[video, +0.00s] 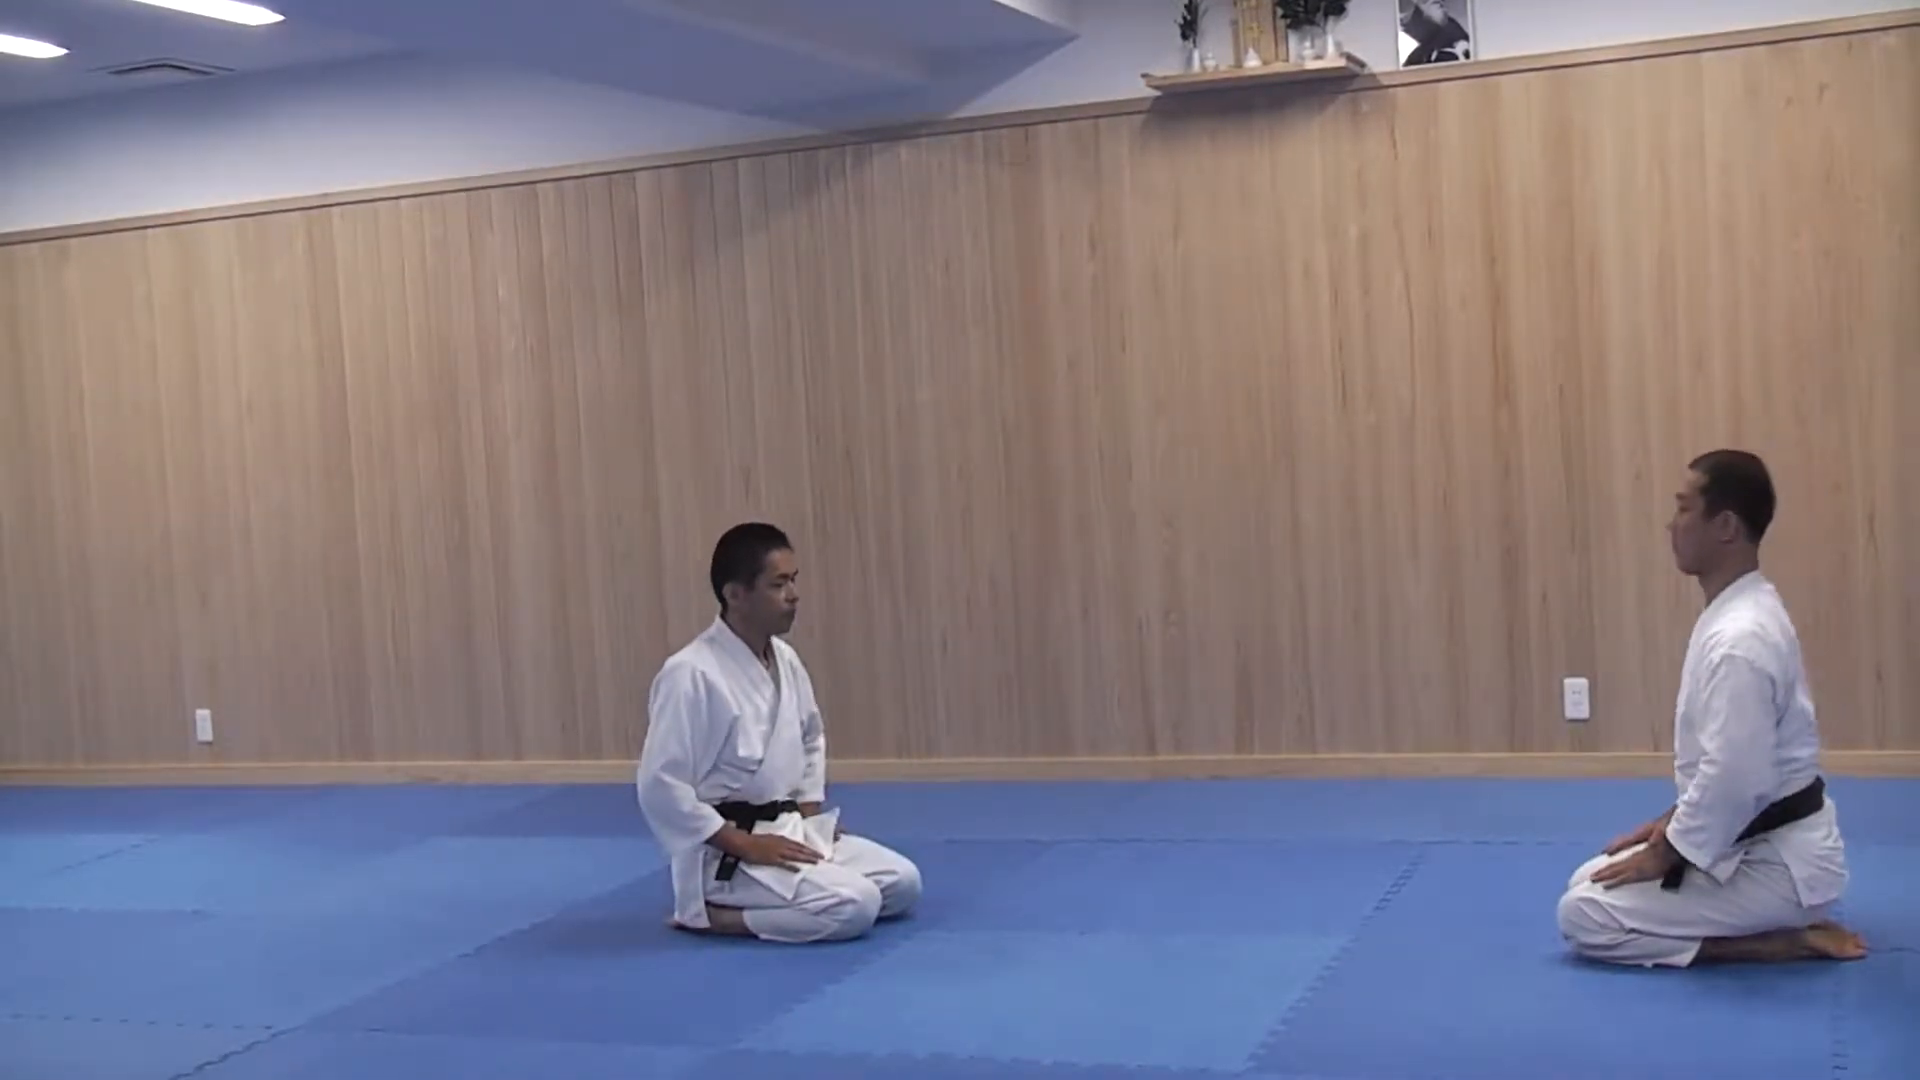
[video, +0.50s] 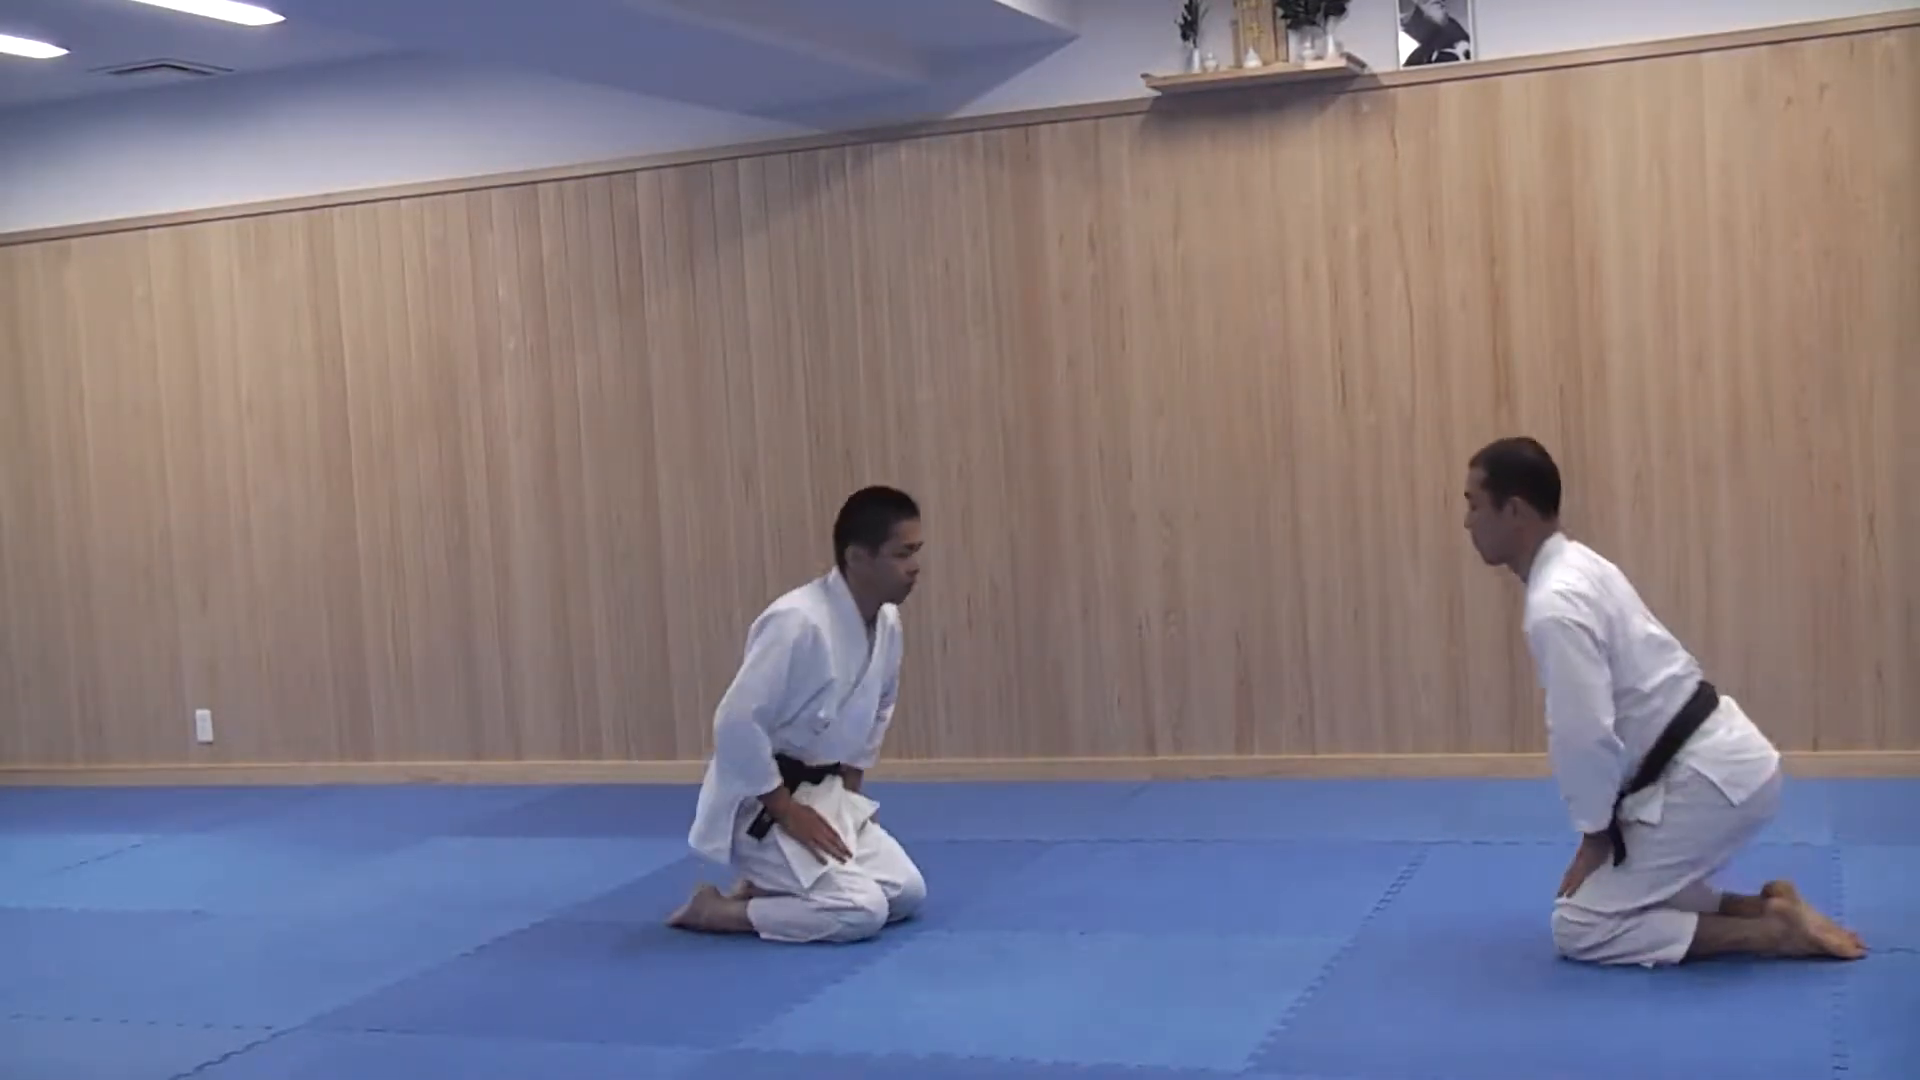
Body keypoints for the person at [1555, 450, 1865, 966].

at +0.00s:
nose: (1671, 525)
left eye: (1684, 510)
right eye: (1676, 508)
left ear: (1726, 527)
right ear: (1725, 528)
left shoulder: (1740, 636)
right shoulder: (1736, 614)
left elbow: (1735, 782)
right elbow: (1720, 765)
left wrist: (1664, 856)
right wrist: (1664, 828)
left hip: (1785, 866)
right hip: (1767, 844)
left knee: (1586, 919)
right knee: (1588, 882)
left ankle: (1786, 944)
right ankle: (1773, 920)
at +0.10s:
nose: (1631, 538)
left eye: (1643, 522)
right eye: (1635, 521)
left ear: (1685, 536)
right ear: (1686, 538)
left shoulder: (1705, 641)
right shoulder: (1714, 616)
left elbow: (1714, 782)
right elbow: (1719, 769)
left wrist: (1660, 858)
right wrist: (1660, 831)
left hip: (1784, 868)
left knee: (1586, 921)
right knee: (1590, 884)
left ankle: (1784, 944)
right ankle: (1775, 925)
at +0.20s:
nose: (1580, 552)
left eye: (1591, 536)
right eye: (1585, 536)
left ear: (1633, 548)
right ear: (1641, 550)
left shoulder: (1662, 646)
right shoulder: (1677, 618)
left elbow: (1685, 779)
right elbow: (1704, 768)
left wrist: (1655, 855)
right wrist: (1651, 836)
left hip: (1776, 861)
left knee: (1586, 923)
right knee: (1592, 887)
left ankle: (1782, 943)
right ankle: (1779, 925)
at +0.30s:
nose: (1531, 560)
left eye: (1539, 542)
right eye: (1533, 542)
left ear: (1580, 552)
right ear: (1592, 554)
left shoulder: (1615, 645)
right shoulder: (1637, 611)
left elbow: (1647, 771)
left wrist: (1634, 856)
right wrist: (1631, 837)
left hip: (1757, 839)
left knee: (1583, 928)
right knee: (1588, 895)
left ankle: (1772, 940)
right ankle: (1769, 919)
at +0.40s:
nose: (1491, 546)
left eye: (1499, 529)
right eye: (1492, 529)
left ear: (1542, 537)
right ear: (1545, 538)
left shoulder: (1580, 628)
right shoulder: (1600, 591)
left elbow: (1612, 754)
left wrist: (1611, 848)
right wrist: (1610, 842)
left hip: (1732, 809)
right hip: (1751, 789)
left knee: (1583, 930)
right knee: (1600, 898)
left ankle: (1775, 937)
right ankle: (1760, 913)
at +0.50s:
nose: (1466, 522)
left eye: (1473, 505)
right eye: (1467, 505)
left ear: (1514, 511)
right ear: (1520, 511)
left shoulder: (1554, 602)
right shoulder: (1578, 566)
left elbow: (1587, 734)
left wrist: (1594, 839)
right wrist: (1600, 835)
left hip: (1710, 782)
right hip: (1734, 763)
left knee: (1582, 929)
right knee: (1615, 892)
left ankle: (1771, 935)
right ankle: (1761, 911)